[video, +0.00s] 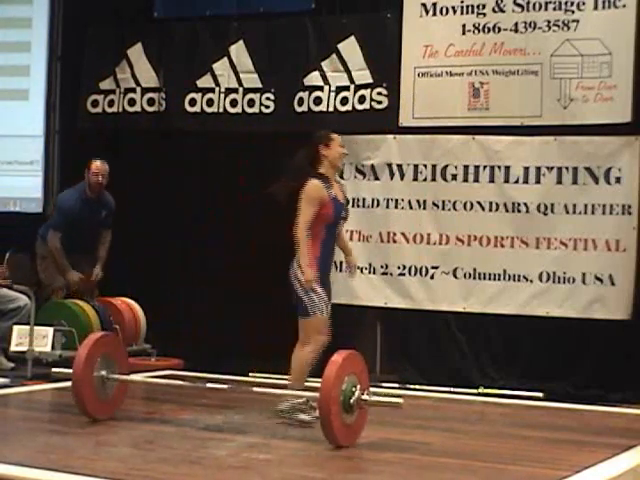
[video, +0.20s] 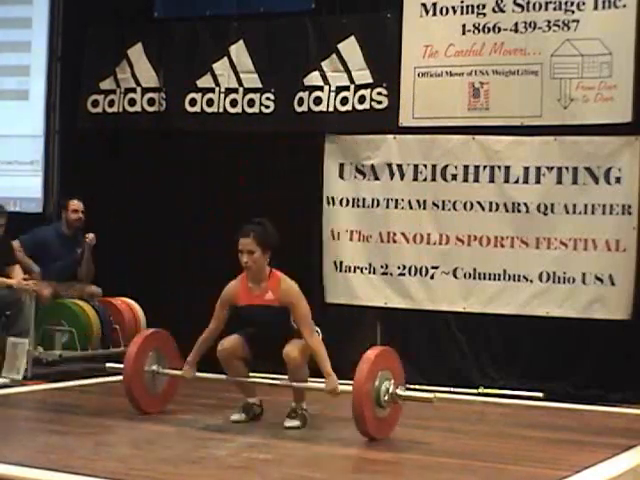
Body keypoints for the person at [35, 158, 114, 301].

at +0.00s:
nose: (100, 180)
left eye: (103, 176)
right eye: (95, 175)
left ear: (107, 178)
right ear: (87, 175)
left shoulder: (107, 203)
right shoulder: (68, 200)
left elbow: (105, 236)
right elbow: (53, 239)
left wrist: (99, 265)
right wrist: (68, 272)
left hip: (81, 246)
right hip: (51, 245)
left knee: (88, 288)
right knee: (57, 287)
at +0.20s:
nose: (80, 216)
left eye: (82, 213)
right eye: (75, 212)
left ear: (85, 215)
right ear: (64, 214)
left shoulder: (81, 240)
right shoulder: (47, 234)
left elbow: (84, 279)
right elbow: (15, 246)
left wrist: (88, 250)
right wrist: (34, 269)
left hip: (67, 285)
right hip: (43, 284)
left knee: (95, 292)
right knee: (45, 293)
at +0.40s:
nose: (78, 213)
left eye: (80, 209)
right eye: (73, 209)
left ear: (82, 212)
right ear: (62, 212)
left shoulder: (79, 238)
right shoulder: (42, 234)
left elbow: (80, 277)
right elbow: (21, 258)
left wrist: (84, 260)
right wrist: (47, 271)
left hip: (65, 284)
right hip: (40, 283)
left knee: (94, 292)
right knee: (46, 294)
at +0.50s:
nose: (78, 212)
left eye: (80, 208)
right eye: (73, 208)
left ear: (81, 210)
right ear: (61, 211)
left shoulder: (79, 238)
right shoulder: (41, 236)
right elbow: (28, 265)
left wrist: (82, 269)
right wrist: (56, 278)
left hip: (69, 285)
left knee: (95, 292)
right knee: (46, 293)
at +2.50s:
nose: (78, 211)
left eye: (81, 208)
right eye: (74, 206)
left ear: (84, 213)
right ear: (64, 211)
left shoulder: (82, 242)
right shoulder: (46, 234)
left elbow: (83, 269)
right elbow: (37, 268)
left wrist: (78, 283)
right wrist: (60, 286)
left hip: (68, 283)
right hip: (45, 280)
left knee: (96, 292)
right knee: (48, 292)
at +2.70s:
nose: (72, 209)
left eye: (75, 206)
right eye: (67, 205)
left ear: (79, 210)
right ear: (59, 209)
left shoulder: (80, 240)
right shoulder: (43, 234)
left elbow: (82, 269)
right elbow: (35, 269)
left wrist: (77, 283)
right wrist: (60, 286)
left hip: (69, 281)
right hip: (44, 280)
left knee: (95, 292)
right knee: (47, 292)